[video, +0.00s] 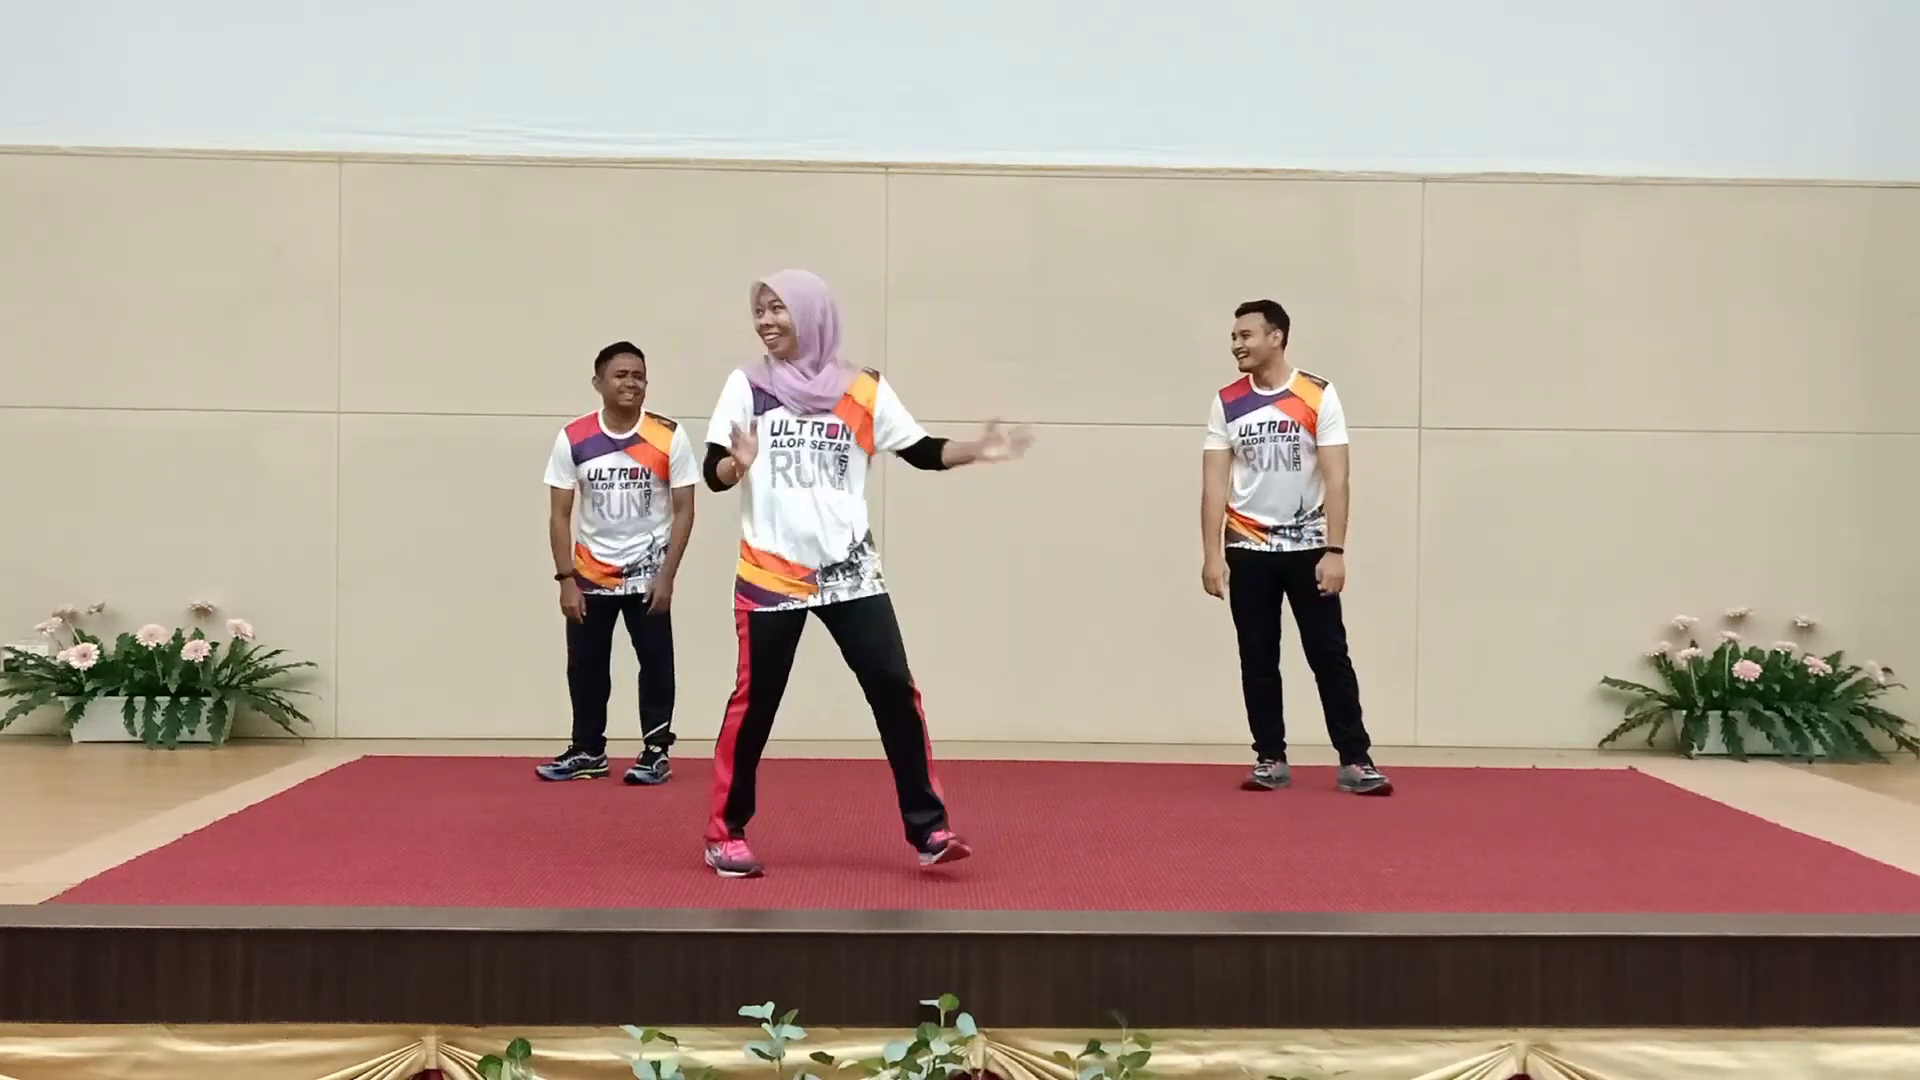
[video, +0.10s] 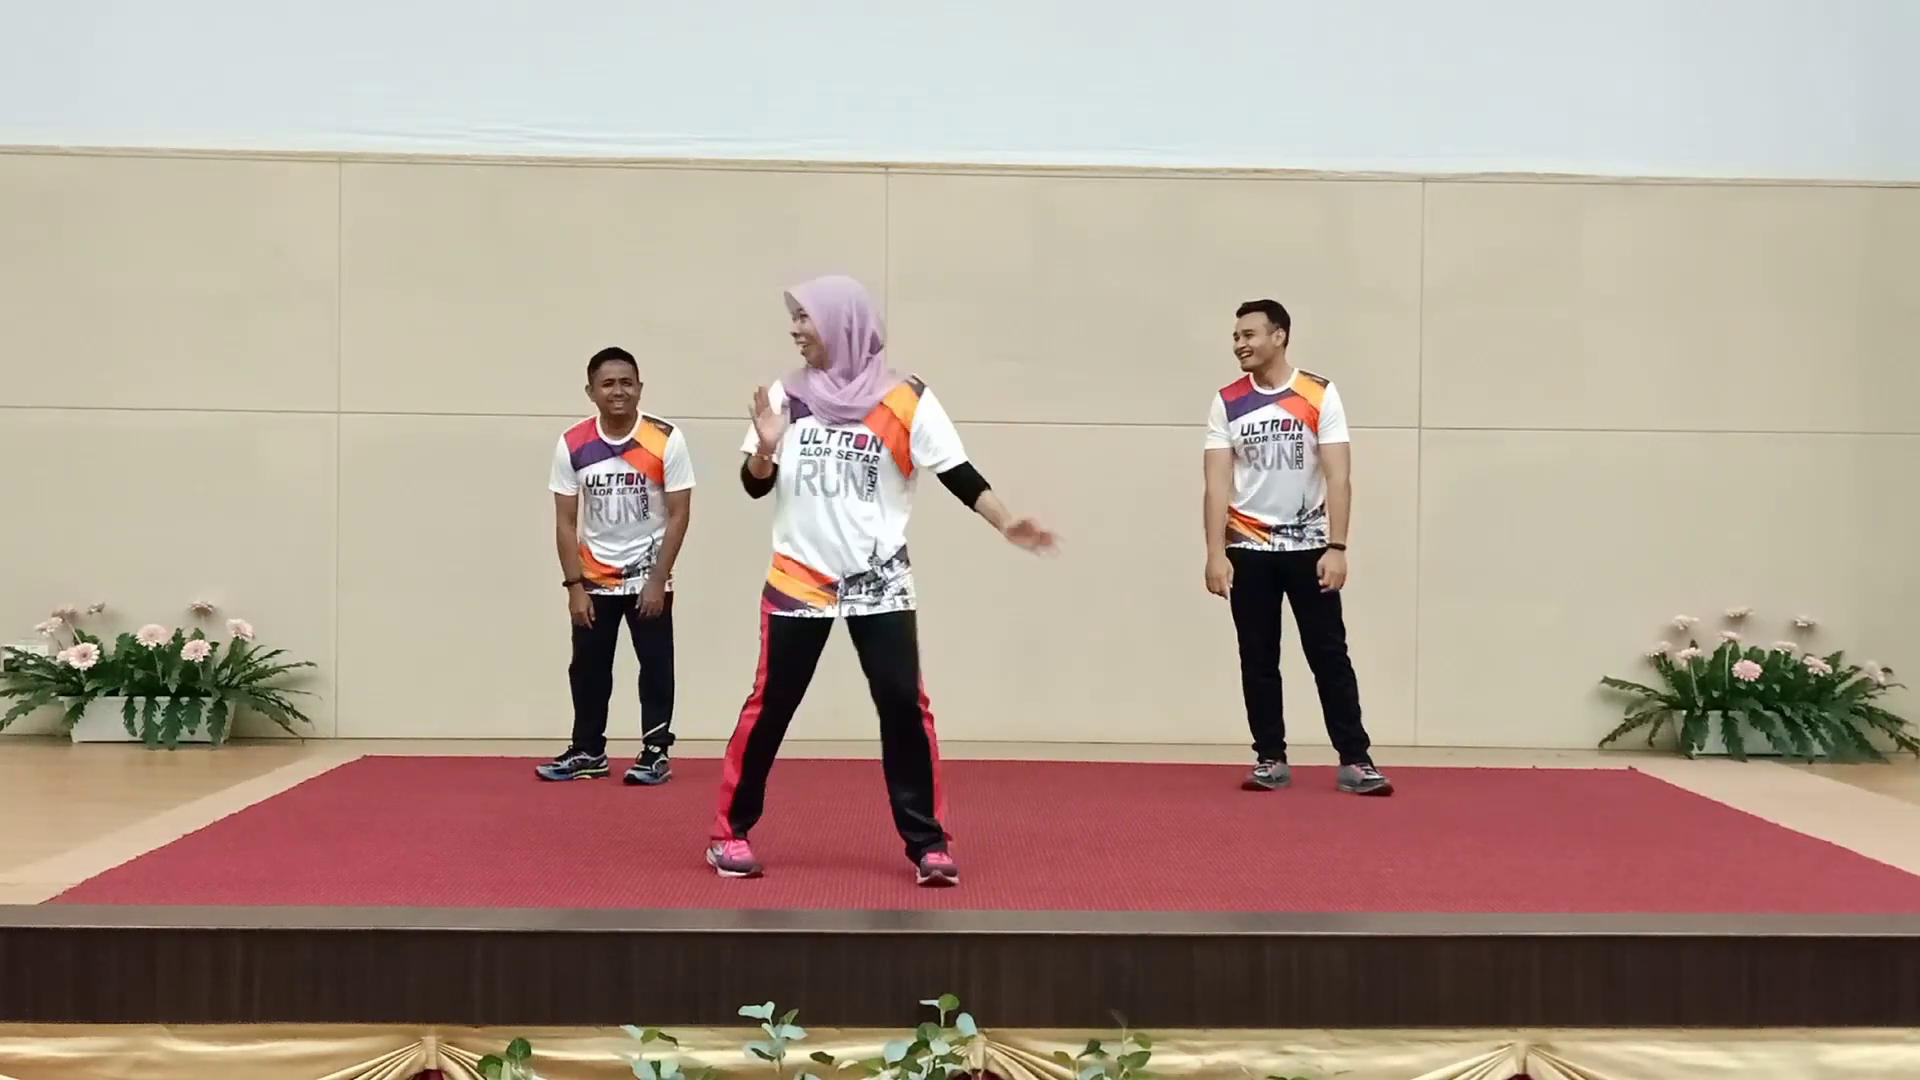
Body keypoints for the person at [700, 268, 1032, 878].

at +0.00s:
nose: (766, 321)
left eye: (777, 308)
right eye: (760, 312)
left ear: (813, 312)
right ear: (757, 322)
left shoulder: (861, 388)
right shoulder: (746, 389)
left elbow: (919, 449)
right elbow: (714, 475)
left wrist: (974, 448)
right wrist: (737, 465)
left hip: (849, 570)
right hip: (772, 572)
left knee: (895, 688)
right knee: (755, 702)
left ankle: (928, 829)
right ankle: (725, 834)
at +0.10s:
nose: (796, 331)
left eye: (805, 319)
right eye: (795, 320)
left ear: (843, 322)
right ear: (810, 326)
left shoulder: (904, 399)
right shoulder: (786, 398)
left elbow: (954, 469)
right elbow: (755, 488)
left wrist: (1005, 521)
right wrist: (765, 447)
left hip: (879, 581)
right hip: (799, 578)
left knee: (903, 706)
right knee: (771, 706)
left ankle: (928, 846)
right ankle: (729, 833)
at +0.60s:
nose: (890, 334)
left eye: (897, 323)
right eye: (890, 322)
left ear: (926, 323)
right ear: (915, 323)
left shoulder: (976, 394)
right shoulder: (892, 391)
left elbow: (997, 490)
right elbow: (893, 479)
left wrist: (975, 568)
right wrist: (861, 474)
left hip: (951, 576)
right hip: (888, 573)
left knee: (934, 704)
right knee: (878, 689)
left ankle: (931, 840)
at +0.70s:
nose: (898, 334)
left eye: (904, 323)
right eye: (899, 323)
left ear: (929, 323)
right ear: (931, 323)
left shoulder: (982, 395)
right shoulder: (903, 390)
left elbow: (1000, 490)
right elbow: (900, 475)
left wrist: (979, 566)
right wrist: (872, 491)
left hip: (954, 580)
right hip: (898, 579)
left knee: (940, 707)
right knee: (901, 695)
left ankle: (932, 843)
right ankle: (990, 808)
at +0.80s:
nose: (909, 338)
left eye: (915, 328)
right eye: (909, 328)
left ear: (940, 329)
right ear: (952, 327)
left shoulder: (988, 401)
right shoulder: (922, 395)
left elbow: (1007, 490)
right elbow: (912, 474)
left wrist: (992, 570)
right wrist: (892, 513)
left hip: (973, 577)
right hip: (926, 580)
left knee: (942, 704)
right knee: (959, 704)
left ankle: (931, 842)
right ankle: (1024, 828)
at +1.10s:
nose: (936, 349)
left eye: (940, 338)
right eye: (936, 338)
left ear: (961, 337)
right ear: (987, 334)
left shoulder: (1003, 406)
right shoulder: (971, 403)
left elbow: (1018, 505)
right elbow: (958, 502)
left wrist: (1011, 589)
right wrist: (940, 579)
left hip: (1003, 586)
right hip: (984, 584)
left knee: (962, 706)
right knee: (1007, 711)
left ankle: (935, 841)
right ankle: (1033, 836)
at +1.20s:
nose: (950, 349)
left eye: (955, 337)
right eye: (951, 337)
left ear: (976, 336)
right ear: (999, 334)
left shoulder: (1015, 404)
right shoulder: (990, 401)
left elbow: (1019, 501)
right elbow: (985, 500)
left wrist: (1000, 586)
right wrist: (969, 573)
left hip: (1021, 586)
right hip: (1006, 583)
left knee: (984, 703)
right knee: (1016, 706)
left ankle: (944, 839)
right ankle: (1032, 836)